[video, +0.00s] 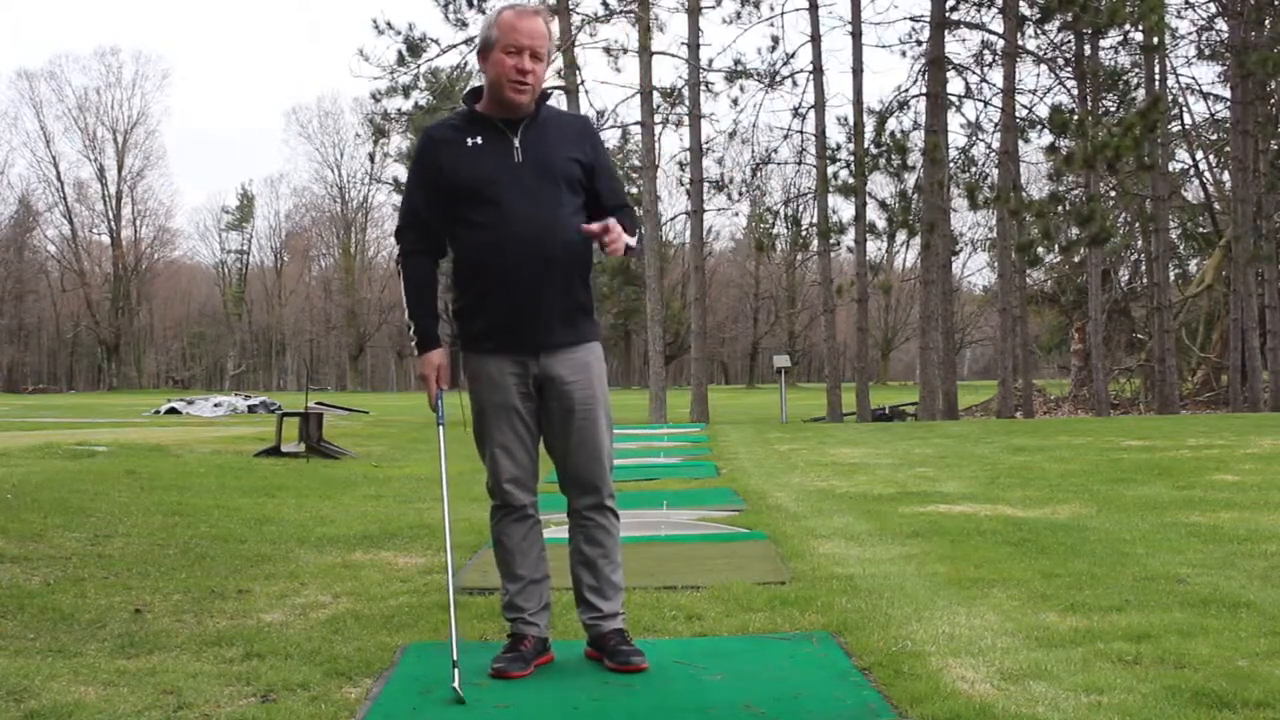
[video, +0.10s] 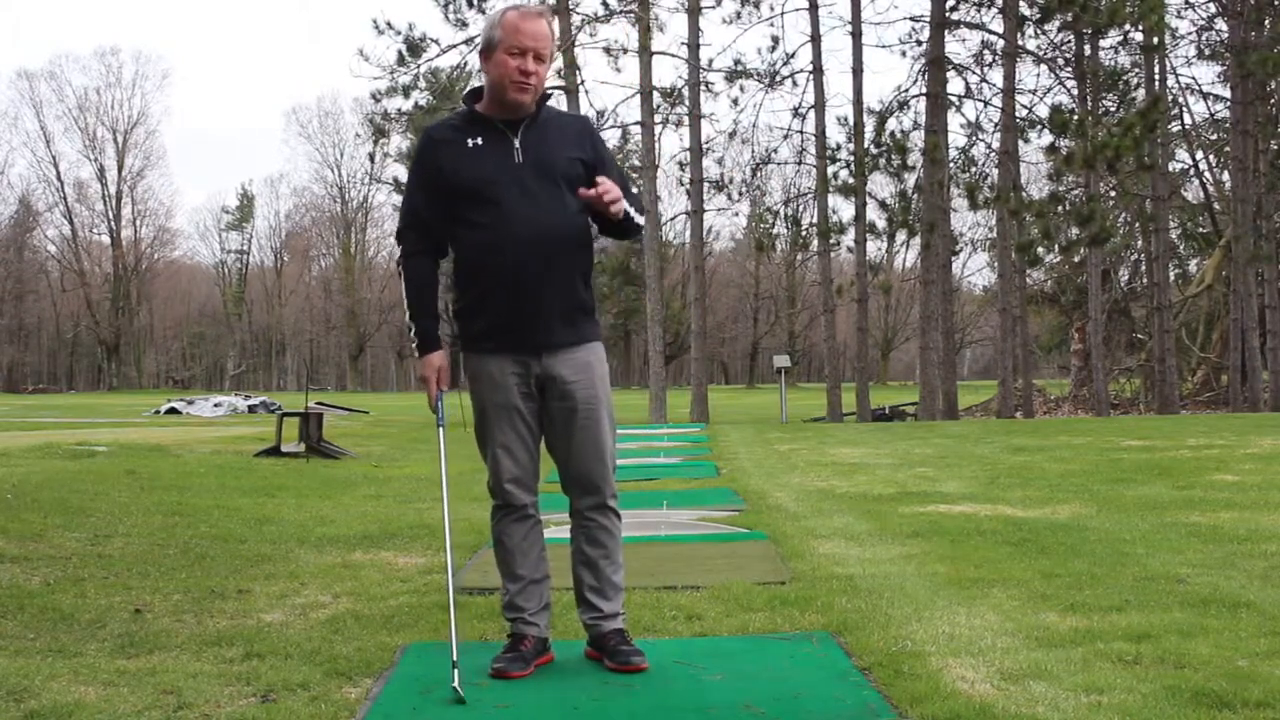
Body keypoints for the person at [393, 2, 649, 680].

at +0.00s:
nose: (526, 67)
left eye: (537, 56)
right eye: (513, 53)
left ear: (548, 64)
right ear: (484, 58)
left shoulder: (576, 133)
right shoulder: (442, 143)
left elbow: (621, 216)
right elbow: (417, 245)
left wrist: (619, 232)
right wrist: (428, 342)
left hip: (572, 338)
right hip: (488, 344)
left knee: (593, 492)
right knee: (511, 496)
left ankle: (607, 628)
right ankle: (528, 632)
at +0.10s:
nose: (530, 69)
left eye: (541, 58)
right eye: (518, 55)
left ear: (550, 66)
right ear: (486, 59)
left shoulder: (575, 133)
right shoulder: (442, 143)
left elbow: (628, 224)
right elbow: (418, 247)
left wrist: (615, 210)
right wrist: (429, 344)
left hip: (574, 339)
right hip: (490, 345)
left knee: (595, 492)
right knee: (512, 496)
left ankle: (608, 628)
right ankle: (528, 632)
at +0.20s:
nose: (535, 72)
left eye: (545, 60)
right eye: (523, 58)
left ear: (553, 66)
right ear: (488, 60)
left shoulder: (578, 132)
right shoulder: (442, 145)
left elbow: (639, 214)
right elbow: (419, 248)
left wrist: (617, 187)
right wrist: (429, 345)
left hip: (577, 338)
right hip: (493, 346)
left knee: (601, 490)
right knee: (514, 495)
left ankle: (609, 627)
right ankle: (528, 631)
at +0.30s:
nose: (537, 71)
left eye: (546, 60)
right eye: (524, 57)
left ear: (555, 66)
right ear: (489, 61)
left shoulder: (579, 130)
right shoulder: (444, 144)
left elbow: (648, 201)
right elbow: (419, 248)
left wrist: (620, 179)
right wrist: (429, 344)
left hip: (580, 337)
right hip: (497, 346)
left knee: (611, 485)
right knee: (515, 495)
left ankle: (616, 625)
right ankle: (528, 631)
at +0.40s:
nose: (538, 67)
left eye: (549, 56)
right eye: (525, 52)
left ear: (560, 65)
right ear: (494, 59)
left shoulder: (585, 129)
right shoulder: (451, 141)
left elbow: (655, 196)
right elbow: (423, 244)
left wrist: (628, 173)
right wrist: (432, 341)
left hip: (584, 338)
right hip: (500, 347)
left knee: (616, 485)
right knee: (517, 495)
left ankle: (630, 625)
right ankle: (527, 631)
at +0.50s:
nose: (543, 61)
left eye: (556, 52)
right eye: (531, 47)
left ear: (569, 66)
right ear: (503, 56)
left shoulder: (594, 130)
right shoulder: (460, 138)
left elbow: (664, 194)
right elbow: (428, 239)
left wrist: (642, 163)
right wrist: (437, 337)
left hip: (587, 338)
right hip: (505, 346)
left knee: (620, 486)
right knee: (519, 495)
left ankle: (642, 626)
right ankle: (527, 631)